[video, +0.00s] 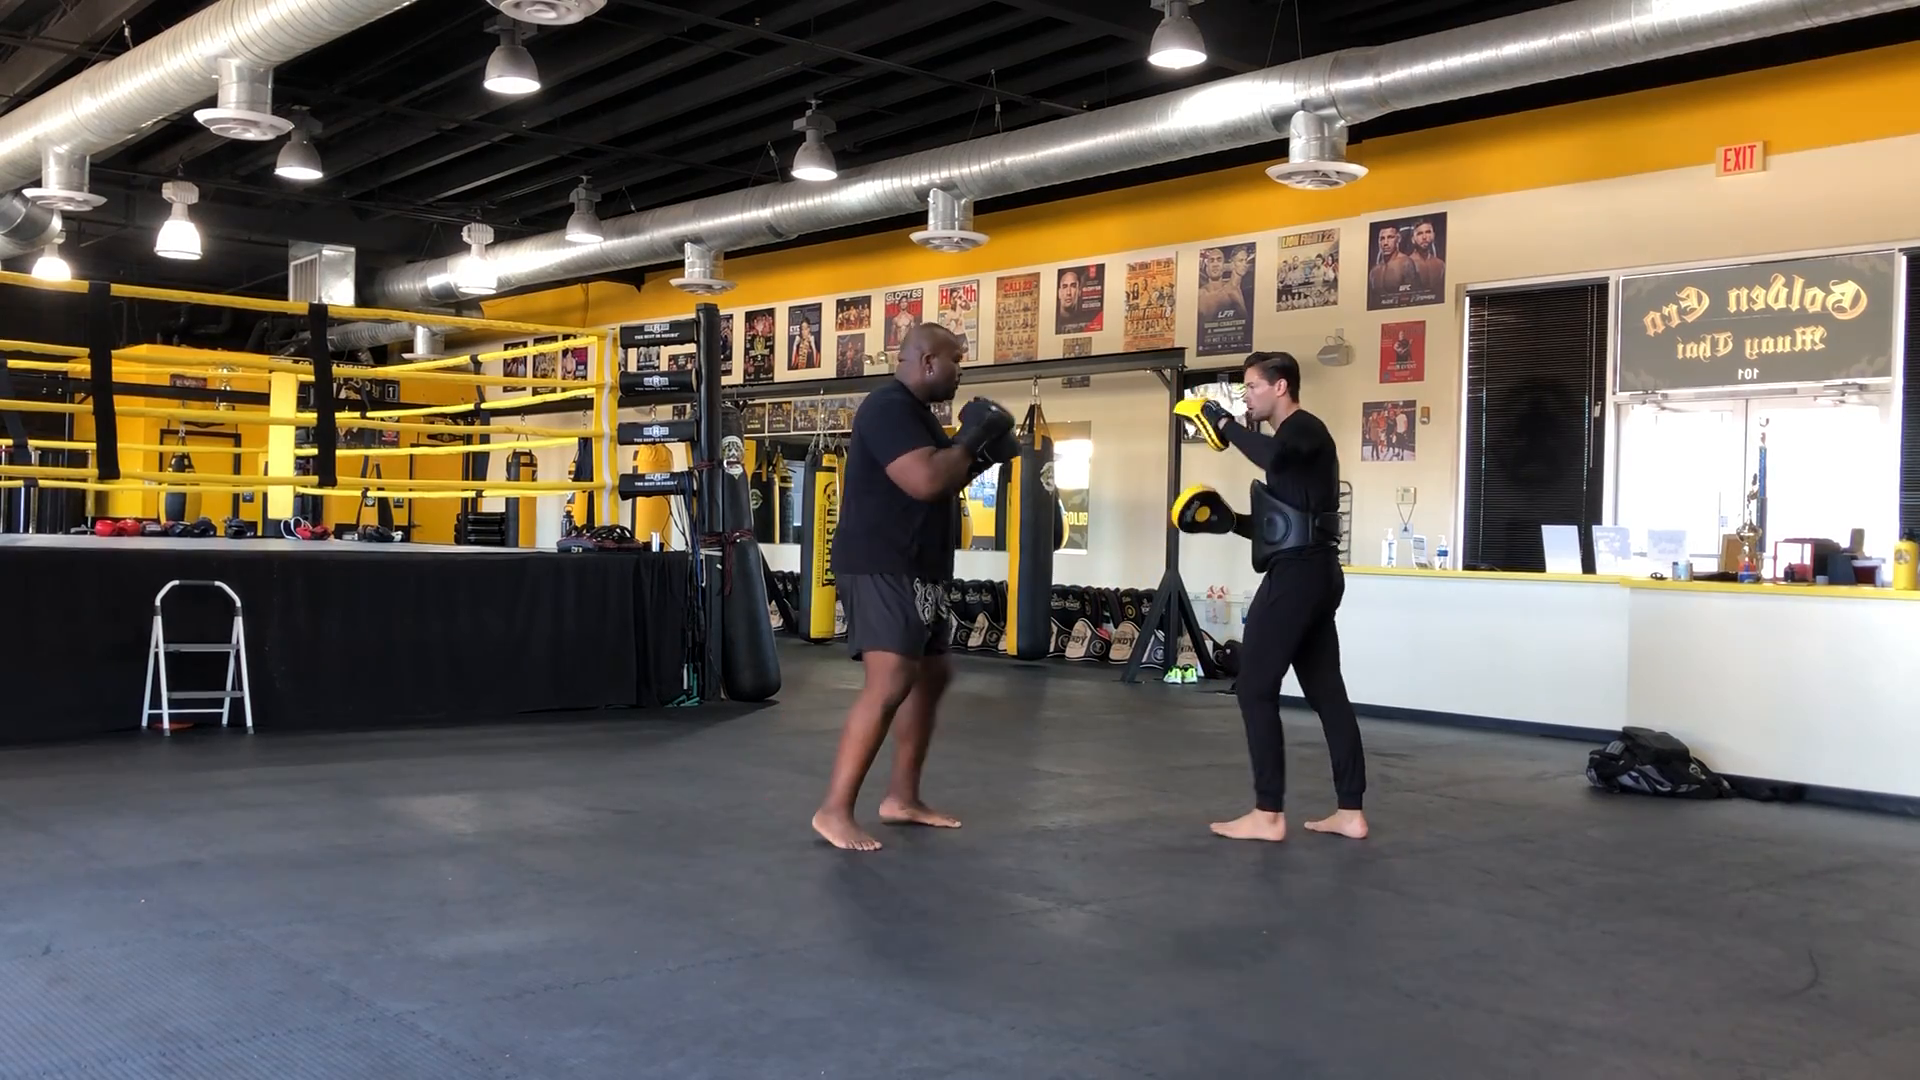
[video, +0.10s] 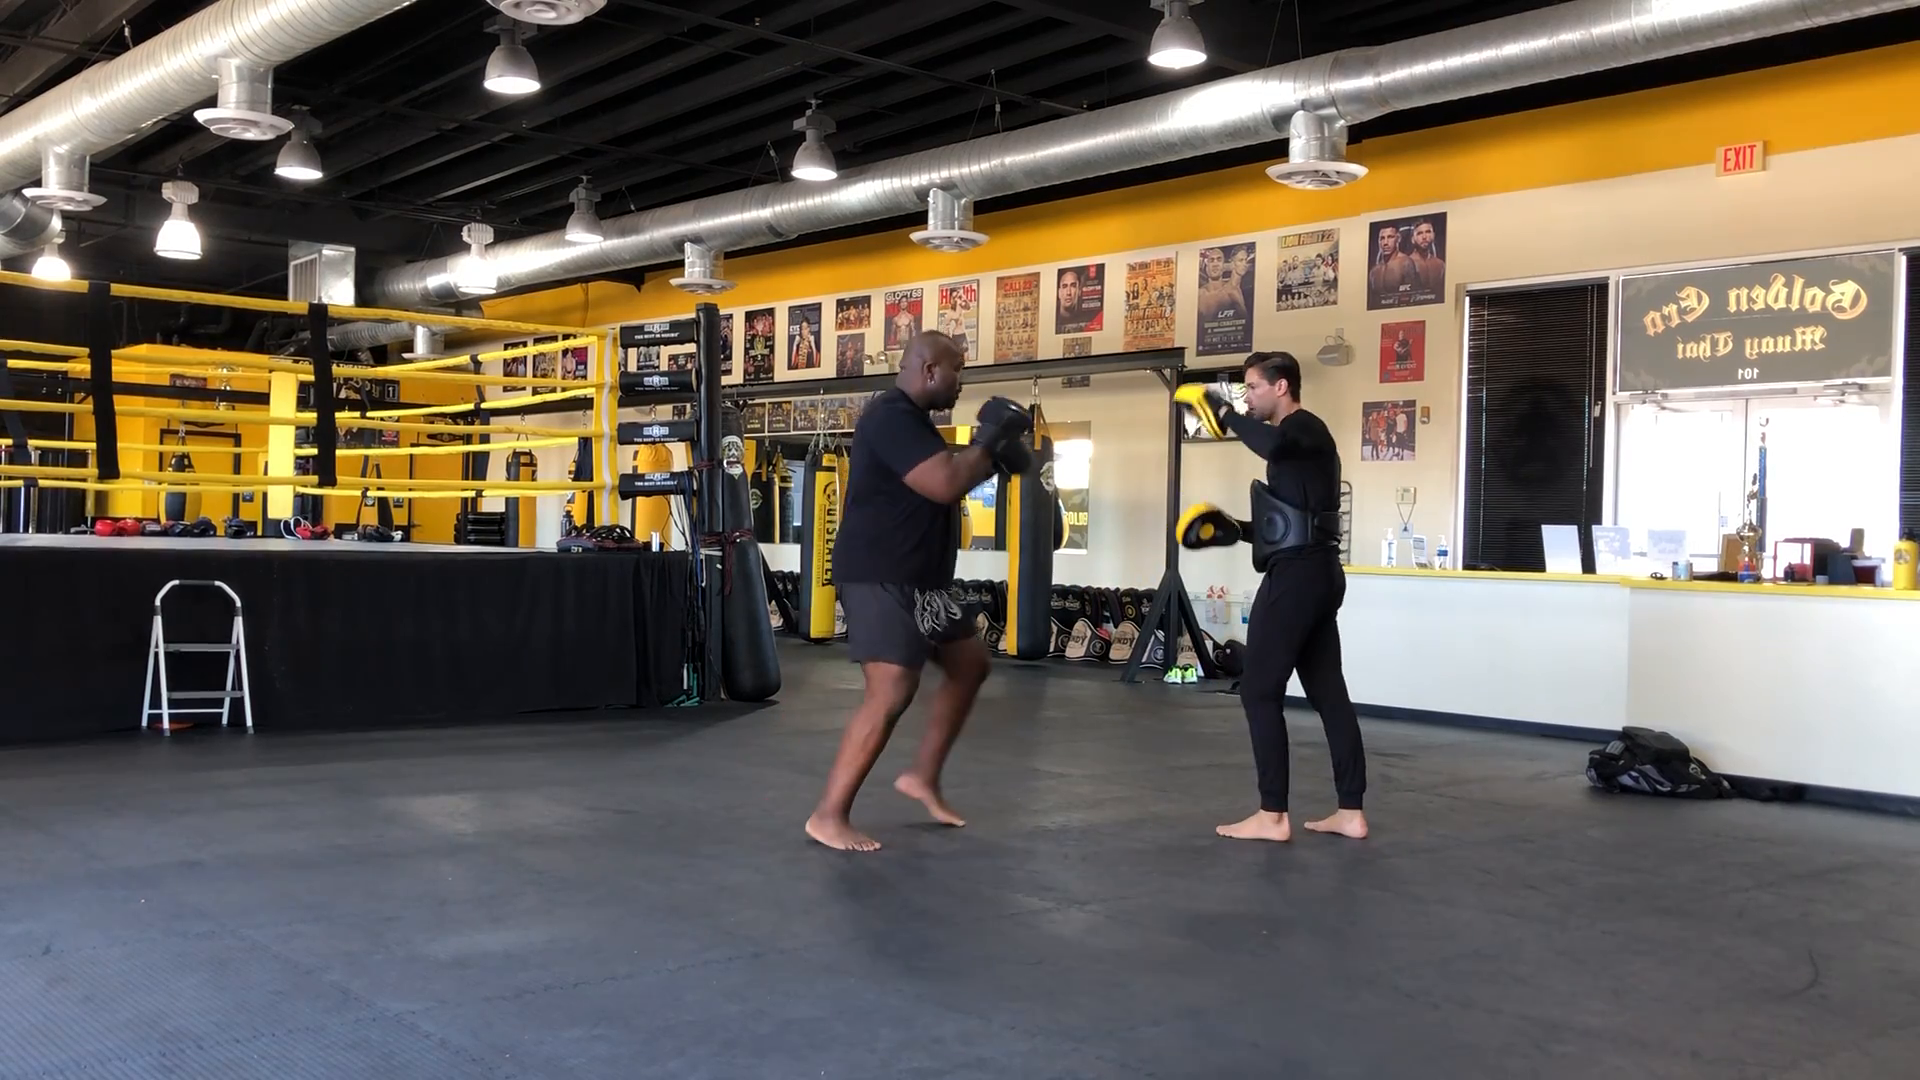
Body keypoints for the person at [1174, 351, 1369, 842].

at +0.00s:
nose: (1245, 395)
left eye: (1252, 386)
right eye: (1244, 387)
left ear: (1281, 386)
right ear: (1278, 388)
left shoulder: (1303, 426)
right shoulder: (1296, 438)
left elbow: (1274, 455)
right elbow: (1283, 526)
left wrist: (1221, 420)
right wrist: (1229, 520)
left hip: (1296, 574)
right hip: (1314, 574)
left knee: (1254, 689)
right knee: (1328, 693)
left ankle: (1268, 815)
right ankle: (1350, 812)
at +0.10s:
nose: (1245, 397)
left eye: (1253, 386)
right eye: (1245, 388)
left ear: (1281, 386)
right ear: (1280, 388)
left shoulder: (1302, 424)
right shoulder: (1299, 437)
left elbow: (1273, 445)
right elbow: (1288, 525)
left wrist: (1226, 413)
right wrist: (1232, 529)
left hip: (1296, 573)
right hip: (1316, 573)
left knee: (1258, 691)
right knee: (1329, 692)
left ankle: (1272, 815)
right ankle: (1351, 812)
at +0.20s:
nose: (1243, 402)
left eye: (1248, 391)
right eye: (1240, 393)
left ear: (1277, 385)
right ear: (1281, 389)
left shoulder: (1293, 424)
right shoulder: (1313, 436)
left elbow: (1258, 442)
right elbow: (1302, 522)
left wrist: (1230, 392)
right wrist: (1246, 541)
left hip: (1293, 572)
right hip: (1320, 571)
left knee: (1258, 690)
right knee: (1330, 694)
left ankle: (1272, 815)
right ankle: (1351, 811)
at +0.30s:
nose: (1236, 402)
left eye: (1240, 391)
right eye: (1234, 392)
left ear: (1267, 385)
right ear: (1276, 389)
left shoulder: (1277, 427)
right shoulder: (1318, 436)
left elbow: (1226, 445)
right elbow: (1305, 514)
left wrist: (1225, 393)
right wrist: (1250, 540)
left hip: (1289, 570)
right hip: (1326, 568)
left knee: (1262, 691)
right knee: (1331, 691)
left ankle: (1272, 815)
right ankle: (1350, 809)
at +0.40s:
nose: (1232, 397)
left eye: (1236, 387)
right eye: (1231, 388)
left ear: (1265, 384)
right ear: (1274, 385)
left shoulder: (1265, 427)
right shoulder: (1321, 433)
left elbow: (1204, 457)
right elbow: (1312, 506)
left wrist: (1168, 414)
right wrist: (1255, 532)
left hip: (1289, 569)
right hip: (1332, 568)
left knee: (1270, 691)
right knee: (1335, 686)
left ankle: (1273, 816)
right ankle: (1358, 806)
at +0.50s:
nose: (1240, 399)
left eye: (1244, 388)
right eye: (1239, 389)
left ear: (1273, 383)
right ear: (1281, 385)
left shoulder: (1275, 426)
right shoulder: (1328, 432)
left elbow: (1220, 456)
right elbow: (1318, 503)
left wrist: (1172, 420)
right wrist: (1259, 517)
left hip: (1292, 569)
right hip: (1334, 568)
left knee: (1274, 693)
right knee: (1339, 684)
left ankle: (1274, 816)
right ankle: (1378, 801)